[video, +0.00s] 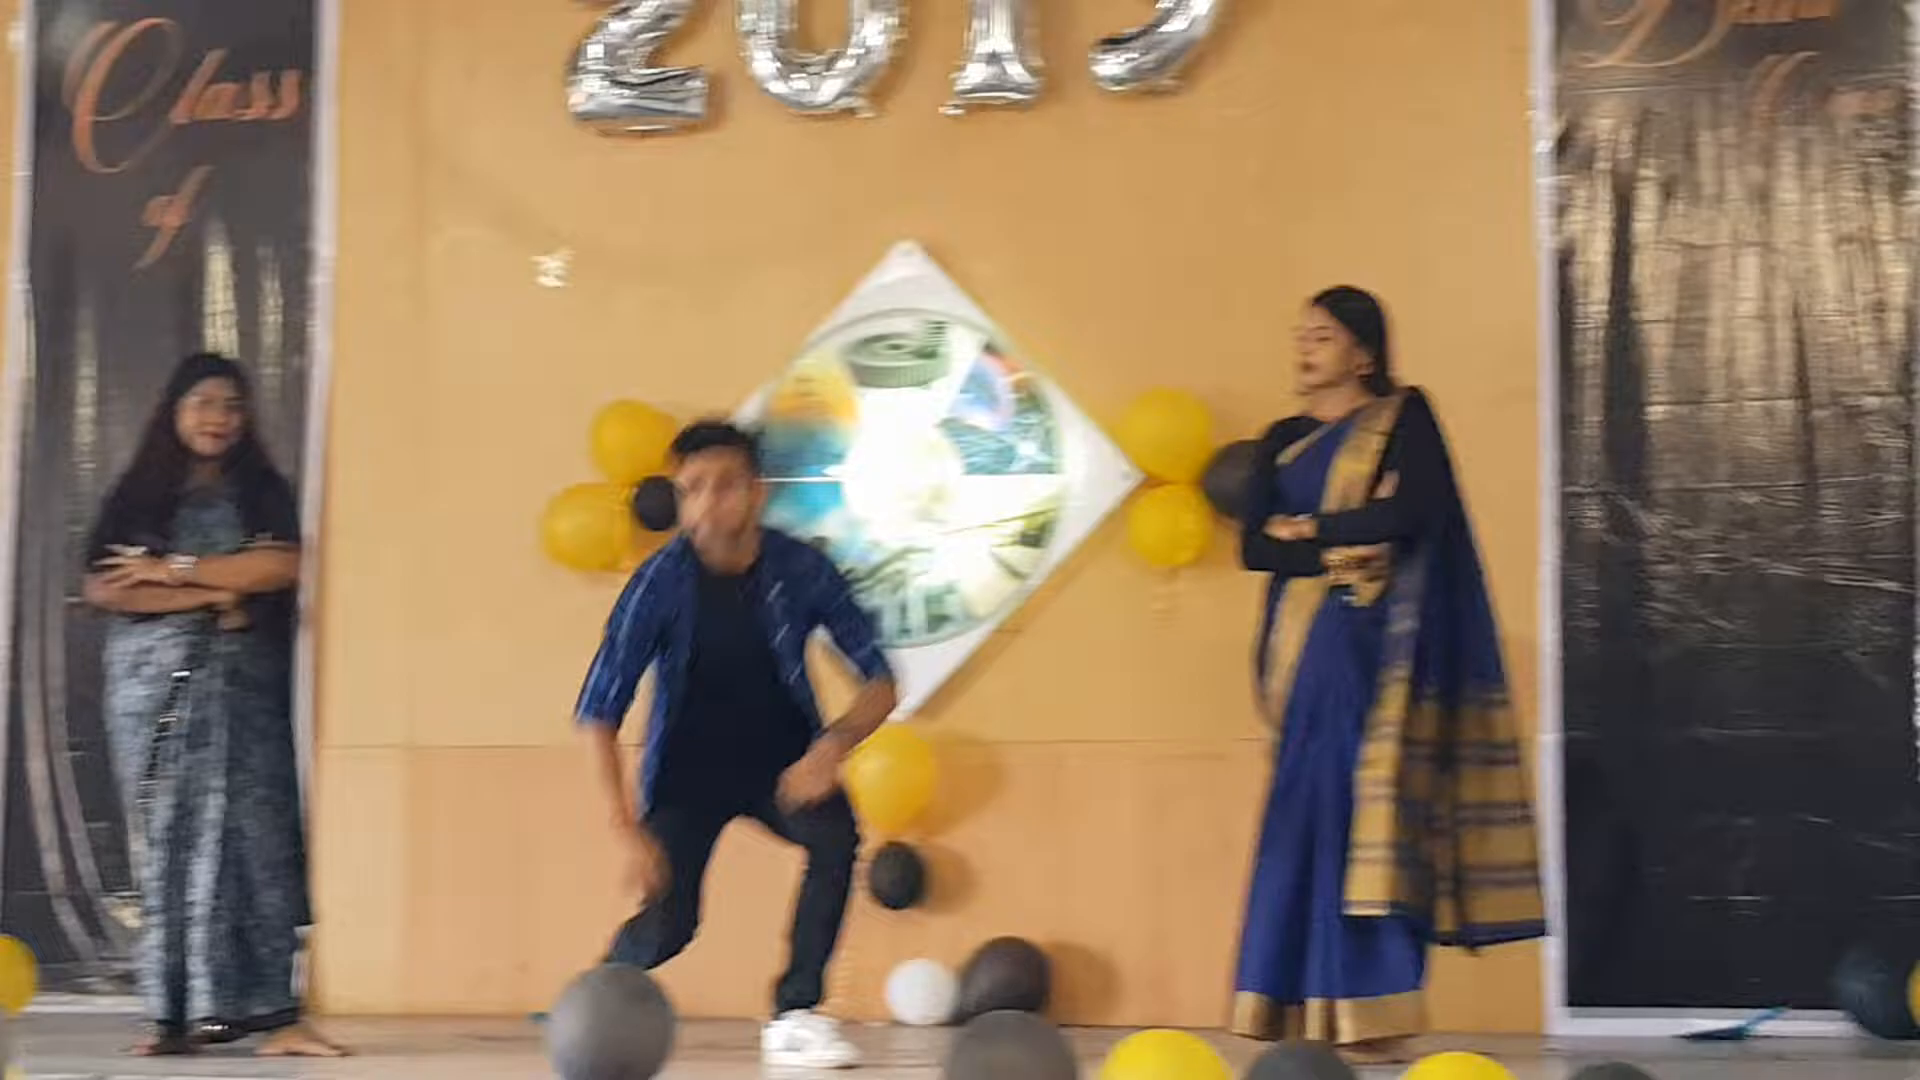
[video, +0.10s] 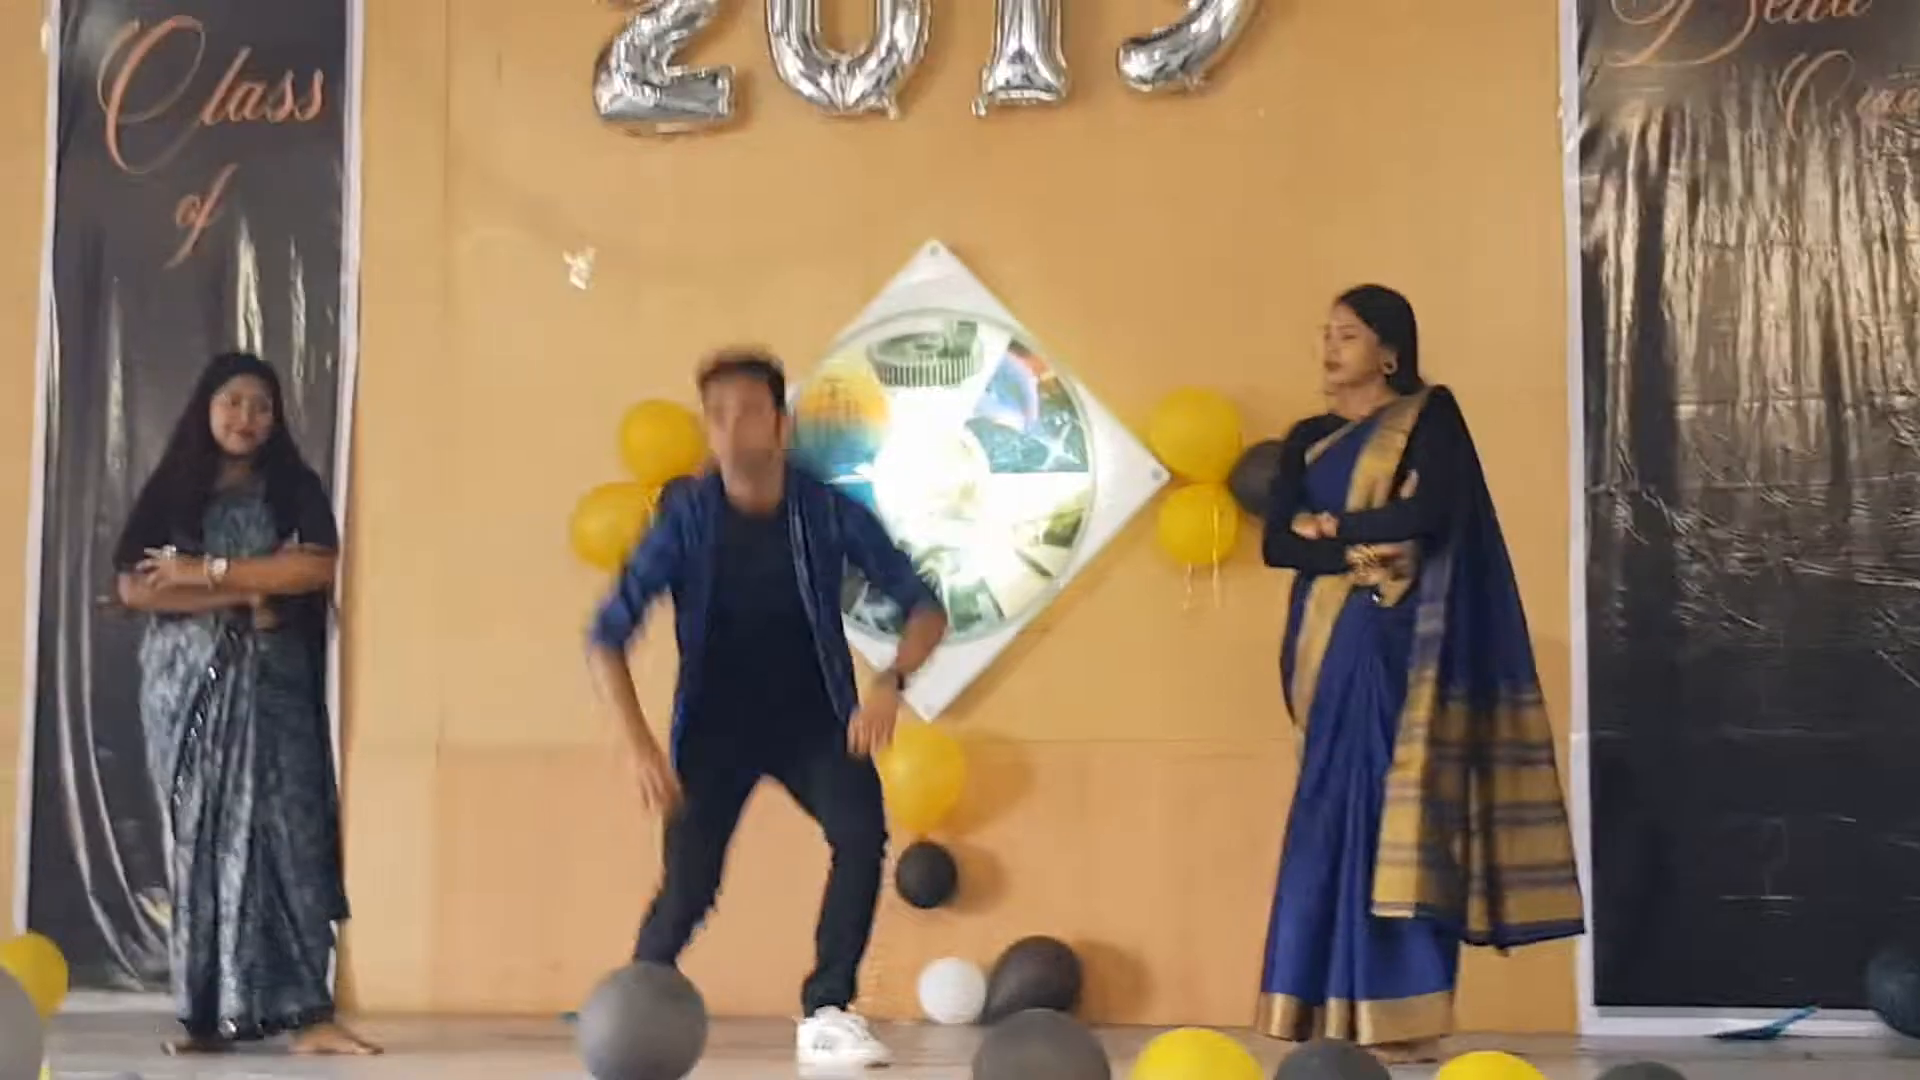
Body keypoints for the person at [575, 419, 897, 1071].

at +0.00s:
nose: (709, 505)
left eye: (726, 486)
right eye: (694, 489)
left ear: (758, 494)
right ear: (677, 501)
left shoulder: (800, 568)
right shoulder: (661, 582)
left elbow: (882, 683)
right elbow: (598, 712)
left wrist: (830, 750)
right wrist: (627, 831)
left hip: (778, 768)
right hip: (688, 774)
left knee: (836, 835)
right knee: (669, 924)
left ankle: (797, 1014)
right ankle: (597, 998)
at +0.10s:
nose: (736, 429)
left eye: (751, 412)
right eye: (721, 414)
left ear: (783, 424)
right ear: (706, 429)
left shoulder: (828, 509)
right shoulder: (684, 513)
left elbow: (927, 608)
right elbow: (606, 635)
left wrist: (892, 682)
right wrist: (641, 747)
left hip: (812, 727)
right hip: (716, 730)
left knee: (862, 834)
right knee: (688, 891)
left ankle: (828, 1013)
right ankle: (634, 1014)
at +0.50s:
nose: (781, 233)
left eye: (800, 223)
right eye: (770, 223)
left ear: (833, 248)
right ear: (753, 246)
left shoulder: (876, 346)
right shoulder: (718, 350)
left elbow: (973, 446)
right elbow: (639, 448)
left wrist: (912, 533)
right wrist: (682, 536)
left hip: (843, 598)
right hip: (746, 598)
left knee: (874, 786)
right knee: (726, 784)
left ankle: (918, 971)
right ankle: (703, 972)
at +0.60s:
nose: (782, 300)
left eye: (800, 289)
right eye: (771, 288)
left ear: (834, 307)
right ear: (757, 305)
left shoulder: (875, 412)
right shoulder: (719, 410)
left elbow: (967, 510)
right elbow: (633, 505)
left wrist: (903, 599)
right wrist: (678, 594)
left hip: (838, 657)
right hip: (743, 657)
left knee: (870, 845)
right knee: (731, 841)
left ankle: (916, 1026)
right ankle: (706, 1023)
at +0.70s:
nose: (787, 351)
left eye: (805, 338)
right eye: (777, 338)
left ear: (839, 354)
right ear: (763, 351)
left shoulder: (880, 461)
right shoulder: (728, 459)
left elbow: (966, 557)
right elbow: (640, 547)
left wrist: (903, 649)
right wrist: (677, 643)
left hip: (837, 704)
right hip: (742, 704)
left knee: (871, 889)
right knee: (731, 886)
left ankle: (915, 1065)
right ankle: (709, 1062)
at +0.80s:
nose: (801, 466)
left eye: (820, 453)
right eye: (790, 453)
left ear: (855, 470)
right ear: (777, 466)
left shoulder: (895, 571)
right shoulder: (742, 569)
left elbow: (985, 669)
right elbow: (651, 664)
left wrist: (921, 763)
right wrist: (692, 758)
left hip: (851, 820)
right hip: (756, 817)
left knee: (884, 1011)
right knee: (742, 1007)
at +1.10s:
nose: (996, 754)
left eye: (1014, 736)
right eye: (982, 736)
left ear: (1045, 742)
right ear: (967, 741)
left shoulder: (1091, 836)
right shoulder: (927, 834)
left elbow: (1182, 939)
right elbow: (850, 937)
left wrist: (1113, 984)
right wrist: (881, 1012)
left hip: (1048, 1065)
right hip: (949, 1065)